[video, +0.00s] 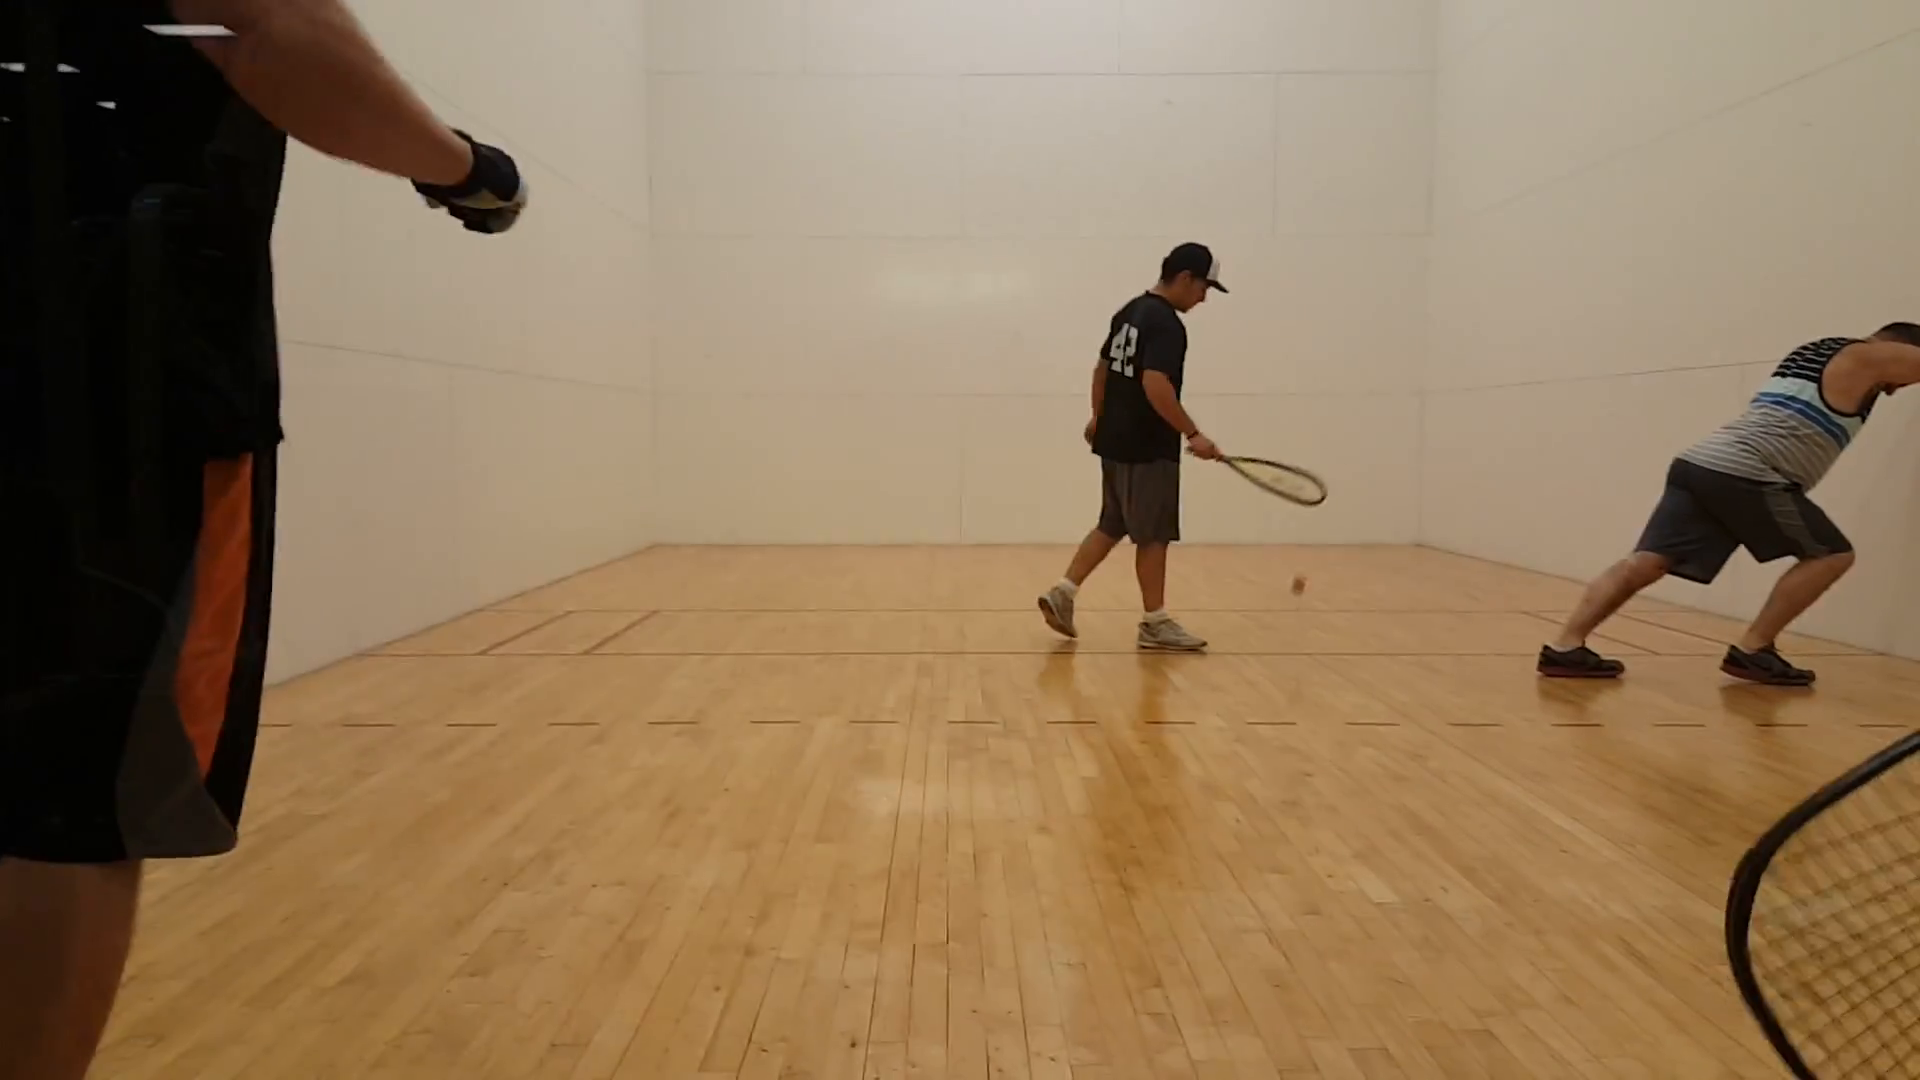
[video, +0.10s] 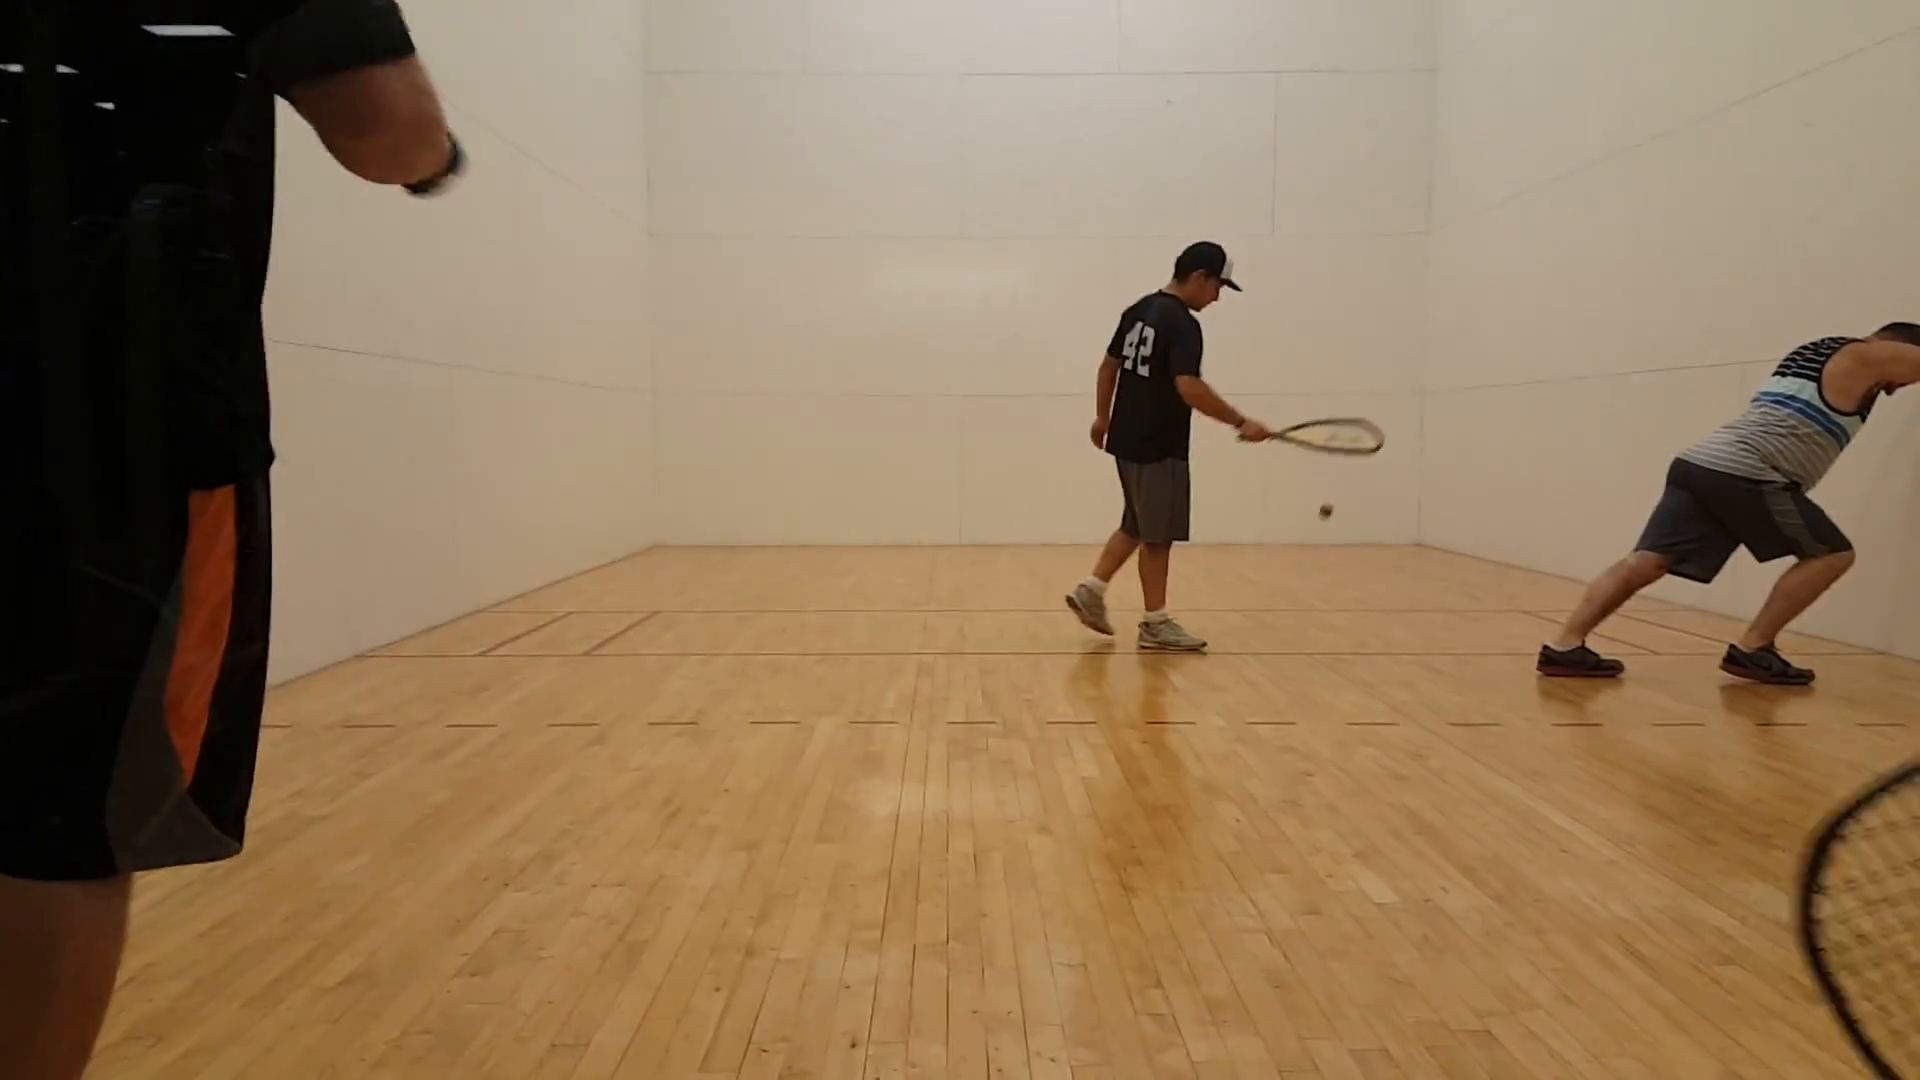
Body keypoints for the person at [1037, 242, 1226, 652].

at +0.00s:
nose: (1203, 297)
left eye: (1206, 289)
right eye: (1202, 287)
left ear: (1175, 278)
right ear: (1184, 279)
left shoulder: (1131, 310)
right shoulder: (1167, 324)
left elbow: (1102, 368)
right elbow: (1156, 384)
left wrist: (1098, 415)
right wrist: (1193, 433)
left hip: (1115, 442)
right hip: (1149, 448)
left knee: (1112, 522)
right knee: (1153, 533)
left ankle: (1064, 592)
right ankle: (1156, 620)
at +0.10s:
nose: (1217, 296)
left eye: (1220, 288)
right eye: (1217, 286)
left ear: (1186, 276)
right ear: (1198, 277)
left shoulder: (1139, 309)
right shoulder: (1183, 324)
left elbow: (1109, 367)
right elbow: (1189, 388)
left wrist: (1102, 416)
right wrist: (1240, 420)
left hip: (1126, 440)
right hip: (1158, 449)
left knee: (1136, 522)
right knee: (1158, 534)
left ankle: (1092, 588)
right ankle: (1156, 622)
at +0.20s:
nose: (1228, 294)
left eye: (1231, 287)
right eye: (1228, 285)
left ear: (1197, 275)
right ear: (1210, 276)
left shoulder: (1149, 310)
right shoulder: (1200, 325)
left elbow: (1119, 365)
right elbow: (1228, 383)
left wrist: (1118, 417)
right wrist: (1284, 402)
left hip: (1139, 440)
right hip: (1170, 446)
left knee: (1157, 526)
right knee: (1165, 532)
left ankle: (1136, 599)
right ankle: (1156, 621)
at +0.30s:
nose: (1239, 293)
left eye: (1242, 285)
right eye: (1238, 283)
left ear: (1209, 277)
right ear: (1219, 277)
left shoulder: (1160, 312)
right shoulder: (1216, 324)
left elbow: (1130, 371)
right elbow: (1253, 378)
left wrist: (1139, 419)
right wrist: (1306, 398)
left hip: (1153, 441)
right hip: (1182, 446)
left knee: (1180, 529)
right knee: (1168, 534)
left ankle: (1188, 608)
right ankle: (1156, 622)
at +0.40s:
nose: (1248, 296)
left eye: (1250, 287)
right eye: (1246, 286)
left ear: (1216, 279)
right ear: (1226, 279)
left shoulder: (1170, 317)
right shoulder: (1227, 326)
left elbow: (1144, 378)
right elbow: (1260, 383)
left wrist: (1163, 421)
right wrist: (1305, 416)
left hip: (1170, 443)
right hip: (1199, 448)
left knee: (1201, 530)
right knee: (1180, 532)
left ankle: (1217, 611)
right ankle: (1157, 620)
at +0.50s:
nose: (1257, 297)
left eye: (1259, 289)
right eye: (1256, 288)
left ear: (1227, 280)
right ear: (1236, 280)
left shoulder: (1182, 321)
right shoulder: (1233, 328)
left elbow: (1162, 383)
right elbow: (1253, 391)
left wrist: (1187, 423)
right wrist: (1288, 437)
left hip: (1188, 448)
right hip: (1217, 451)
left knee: (1218, 531)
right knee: (1198, 533)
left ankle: (1224, 613)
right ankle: (1163, 616)